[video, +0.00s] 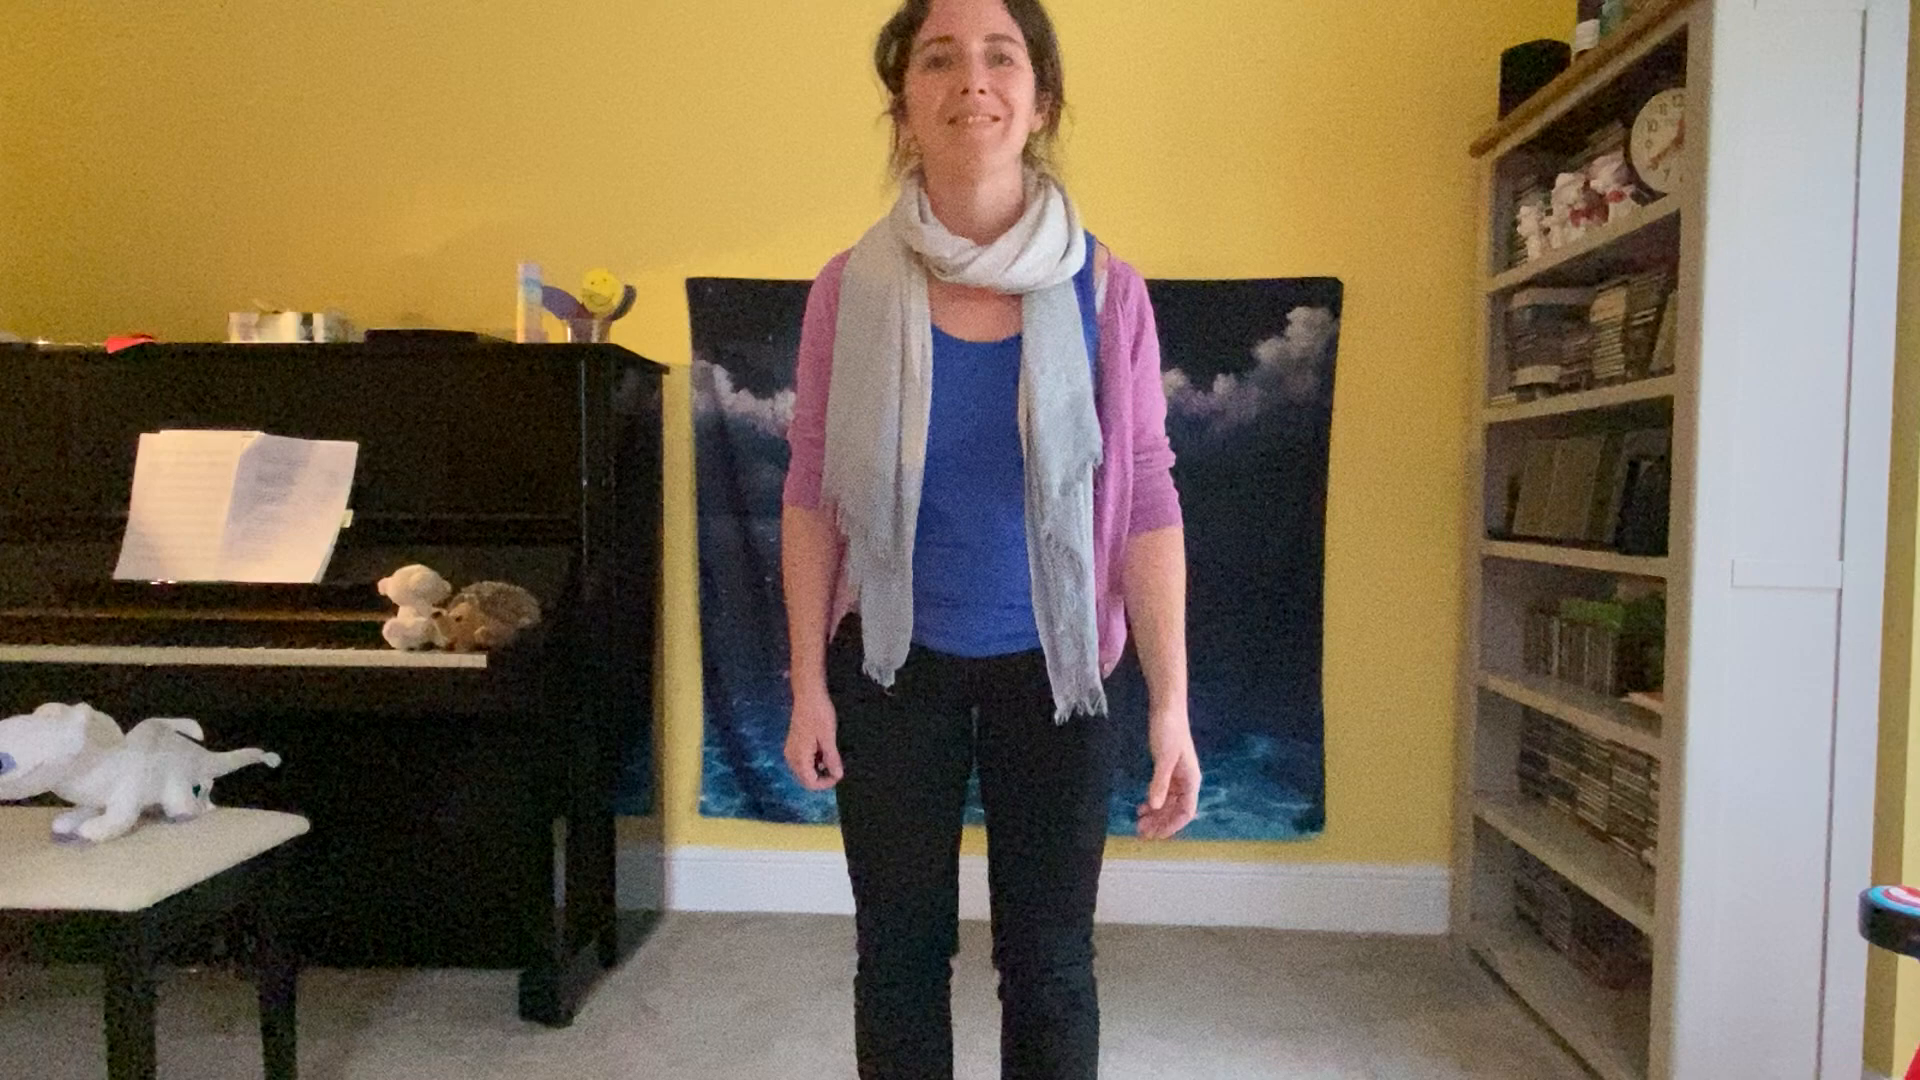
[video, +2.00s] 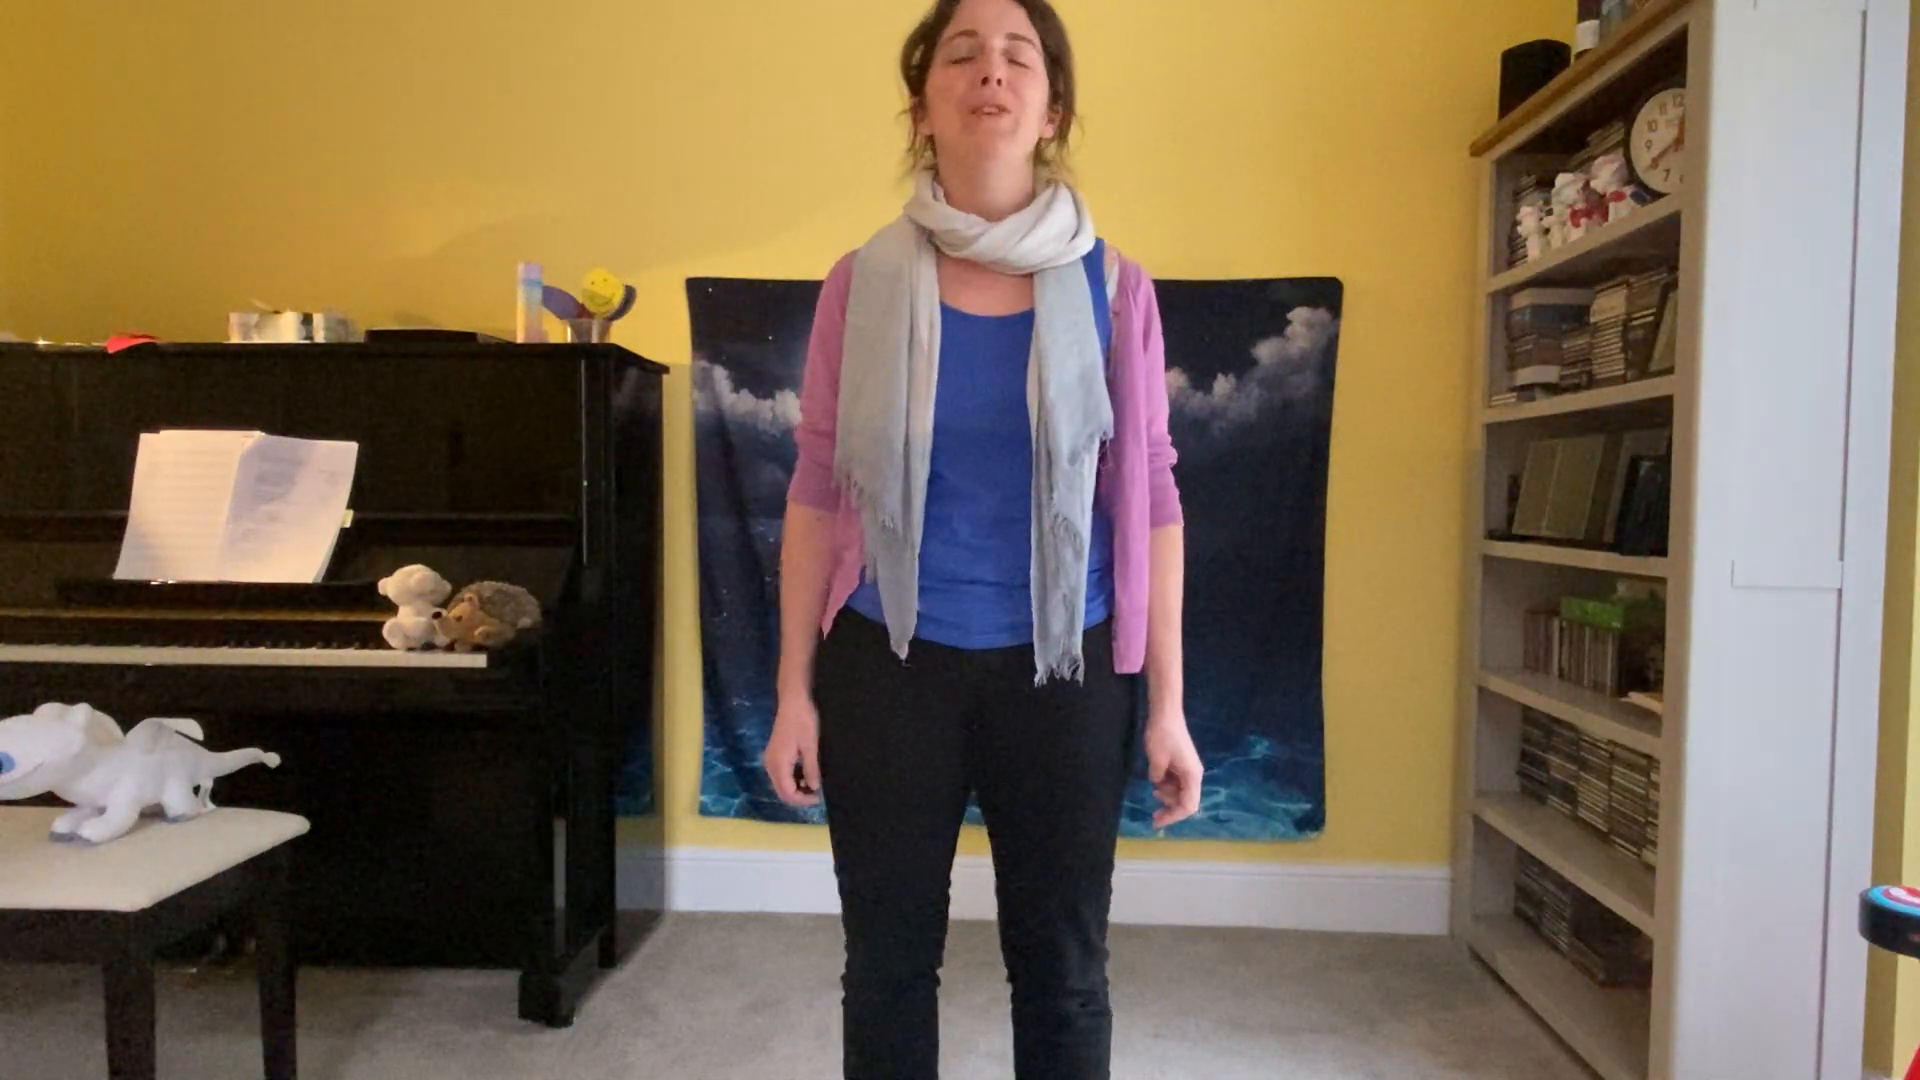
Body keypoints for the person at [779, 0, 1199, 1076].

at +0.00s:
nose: (973, 79)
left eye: (1000, 54)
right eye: (941, 58)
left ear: (1040, 96)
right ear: (901, 101)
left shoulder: (1108, 292)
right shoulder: (845, 291)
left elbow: (1149, 507)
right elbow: (811, 496)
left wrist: (1170, 705)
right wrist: (806, 683)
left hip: (1059, 680)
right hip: (891, 677)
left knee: (1050, 974)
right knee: (898, 970)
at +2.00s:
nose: (991, 68)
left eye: (1018, 53)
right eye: (962, 51)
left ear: (1053, 106)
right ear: (921, 101)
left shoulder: (1117, 292)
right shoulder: (860, 284)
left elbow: (1152, 500)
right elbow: (816, 493)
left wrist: (1166, 702)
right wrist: (792, 688)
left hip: (1066, 680)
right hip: (886, 675)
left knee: (1064, 981)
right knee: (887, 976)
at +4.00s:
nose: (1010, 100)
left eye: (1035, 87)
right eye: (985, 84)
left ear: (1069, 136)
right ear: (946, 133)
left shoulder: (1128, 308)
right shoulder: (883, 299)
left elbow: (1166, 509)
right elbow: (832, 491)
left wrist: (1161, 697)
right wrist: (803, 680)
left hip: (1071, 681)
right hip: (894, 674)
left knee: (1067, 980)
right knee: (893, 978)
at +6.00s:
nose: (998, 93)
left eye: (1024, 77)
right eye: (972, 75)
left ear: (1059, 124)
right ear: (933, 122)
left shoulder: (1119, 302)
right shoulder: (871, 295)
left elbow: (1156, 504)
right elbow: (821, 494)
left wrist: (1153, 695)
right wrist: (798, 685)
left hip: (1063, 681)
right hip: (889, 676)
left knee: (1060, 984)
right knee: (893, 981)